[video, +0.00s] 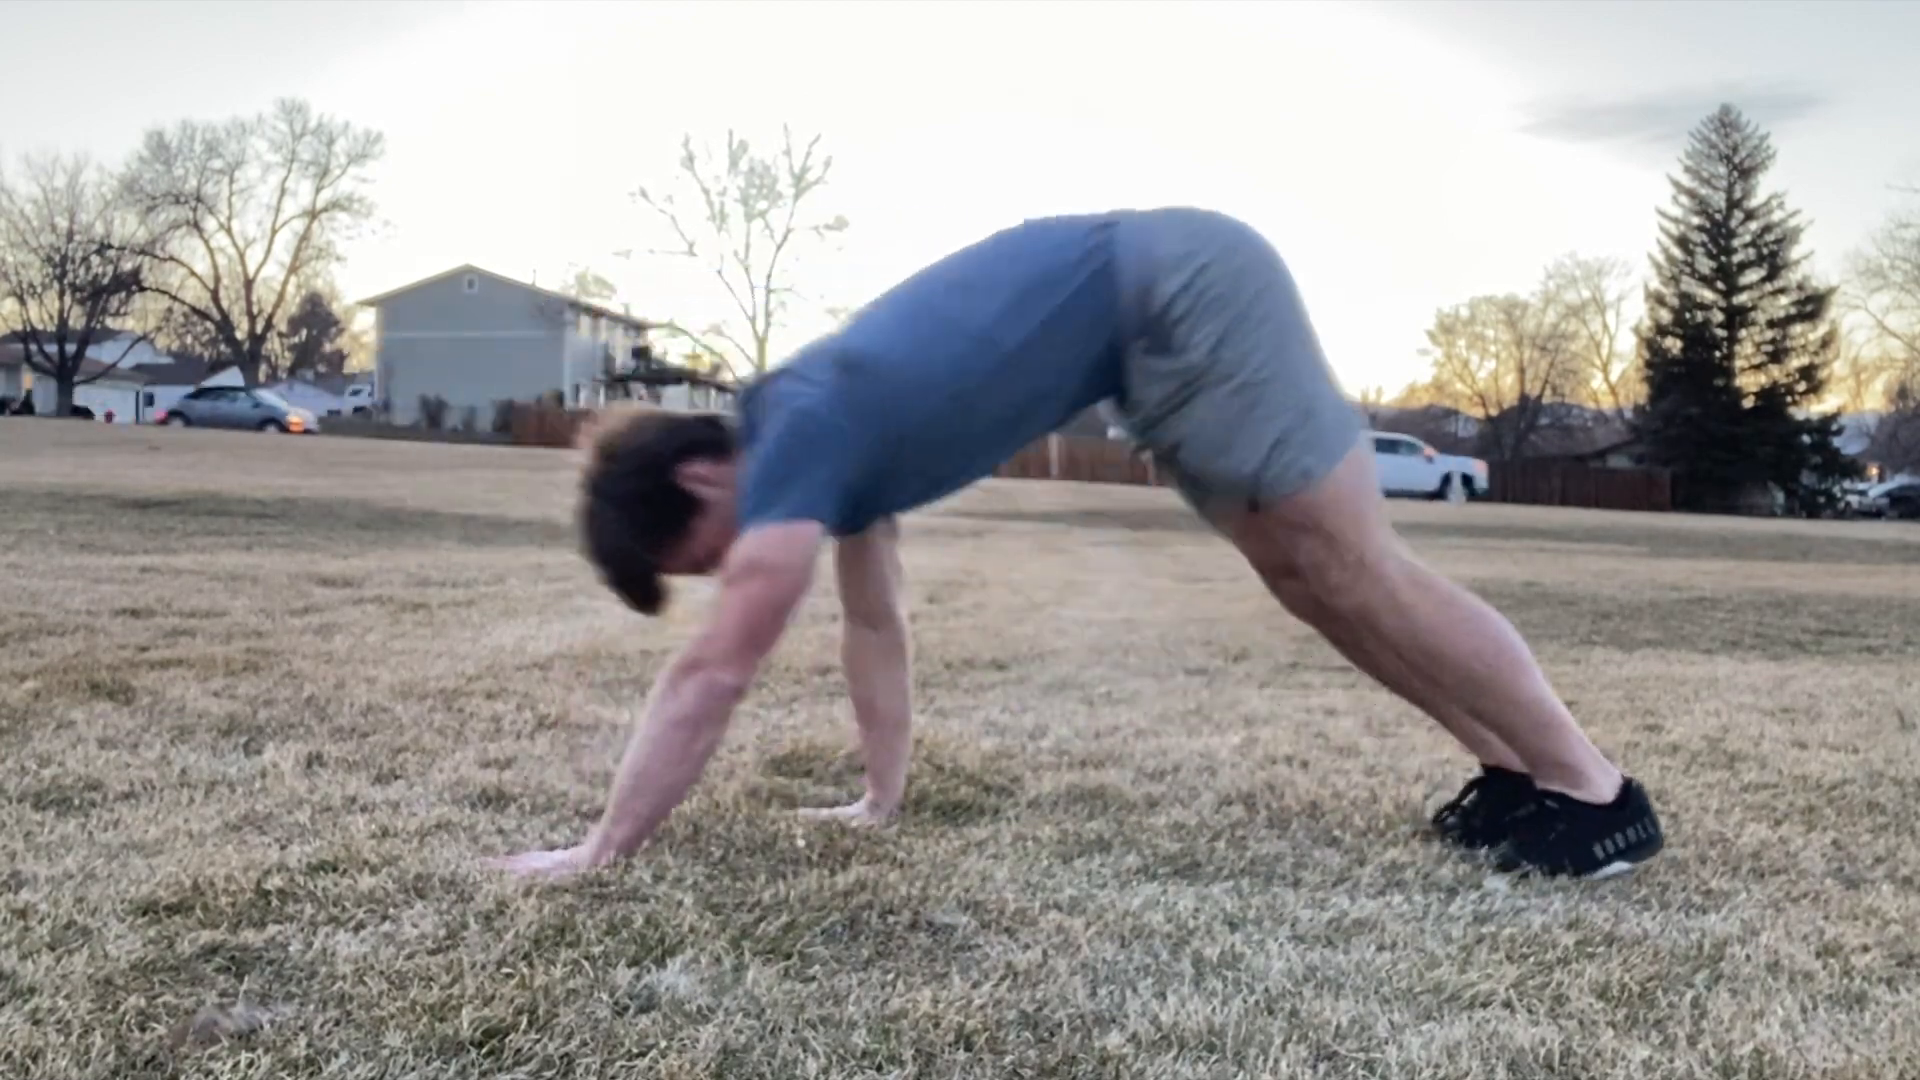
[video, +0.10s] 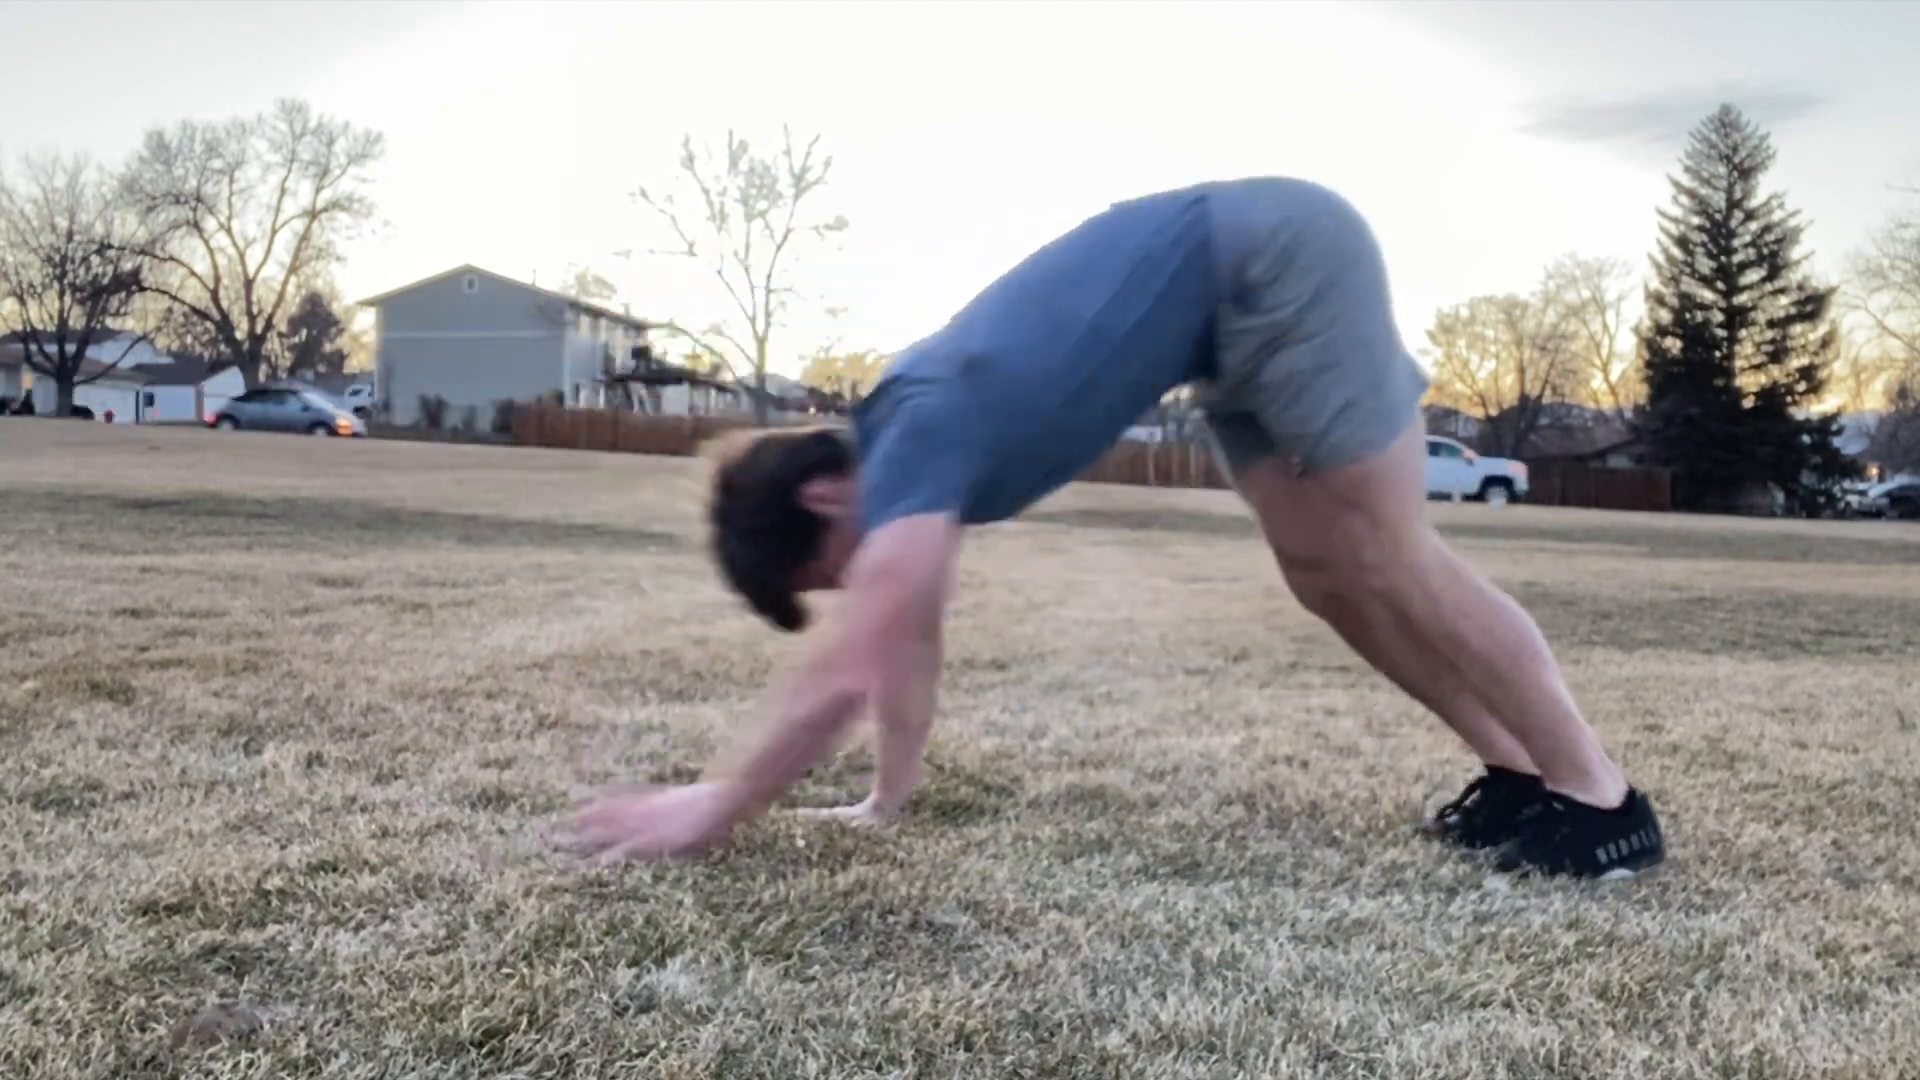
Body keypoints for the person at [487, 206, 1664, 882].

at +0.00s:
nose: (723, 570)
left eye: (703, 554)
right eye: (705, 563)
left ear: (699, 485)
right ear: (707, 479)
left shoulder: (795, 426)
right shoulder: (824, 435)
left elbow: (717, 668)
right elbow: (874, 629)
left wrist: (604, 847)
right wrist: (885, 798)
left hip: (1184, 285)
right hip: (1149, 328)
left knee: (1355, 575)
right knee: (1313, 584)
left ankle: (1598, 796)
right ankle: (1525, 775)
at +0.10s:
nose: (864, 583)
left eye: (843, 569)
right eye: (842, 581)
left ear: (833, 502)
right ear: (821, 497)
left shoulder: (927, 431)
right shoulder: (897, 442)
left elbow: (856, 661)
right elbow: (907, 624)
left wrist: (710, 809)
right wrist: (891, 796)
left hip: (1282, 251)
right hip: (1229, 294)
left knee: (1387, 559)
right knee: (1325, 574)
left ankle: (1604, 798)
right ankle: (1528, 775)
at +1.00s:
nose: (1226, 431)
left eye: (1208, 406)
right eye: (1202, 421)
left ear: (1244, 331)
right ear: (1244, 327)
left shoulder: (1380, 298)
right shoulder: (1329, 343)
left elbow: (1409, 544)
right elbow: (1359, 539)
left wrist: (1398, 751)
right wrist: (1376, 717)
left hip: (1717, 224)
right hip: (1608, 262)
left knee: (1615, 511)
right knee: (1530, 513)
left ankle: (1644, 825)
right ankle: (1570, 790)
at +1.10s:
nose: (1216, 439)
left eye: (1199, 415)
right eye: (1193, 430)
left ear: (1235, 342)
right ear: (1237, 338)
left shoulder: (1353, 304)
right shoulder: (1323, 333)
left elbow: (1313, 551)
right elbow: (1407, 540)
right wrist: (1456, 713)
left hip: (1704, 221)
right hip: (1597, 262)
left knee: (1612, 513)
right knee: (1525, 516)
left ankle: (1645, 824)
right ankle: (1575, 792)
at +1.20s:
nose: (1189, 452)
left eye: (1173, 429)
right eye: (1168, 444)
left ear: (1209, 357)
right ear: (1217, 350)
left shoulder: (1319, 325)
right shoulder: (1300, 347)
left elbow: (1225, 558)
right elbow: (1374, 539)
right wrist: (1427, 714)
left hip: (1680, 215)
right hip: (1575, 261)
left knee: (1593, 515)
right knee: (1510, 516)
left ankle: (1645, 827)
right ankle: (1571, 788)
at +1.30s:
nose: (1138, 463)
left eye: (1125, 437)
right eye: (1118, 450)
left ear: (1172, 373)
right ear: (1173, 366)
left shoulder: (1281, 354)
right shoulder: (1238, 343)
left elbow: (1201, 596)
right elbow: (1259, 550)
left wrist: (1103, 801)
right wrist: (1309, 703)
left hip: (1644, 217)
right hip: (1544, 249)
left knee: (1561, 521)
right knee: (1487, 521)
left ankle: (1640, 826)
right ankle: (1568, 789)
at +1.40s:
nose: (1075, 481)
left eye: (1063, 455)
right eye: (1057, 466)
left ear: (1112, 394)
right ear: (1114, 386)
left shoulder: (1233, 383)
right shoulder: (1164, 358)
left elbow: (1205, 644)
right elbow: (1130, 543)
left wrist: (1143, 847)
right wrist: (1111, 717)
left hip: (1586, 219)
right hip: (1494, 250)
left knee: (1529, 531)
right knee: (1458, 531)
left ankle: (1638, 822)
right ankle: (1563, 790)